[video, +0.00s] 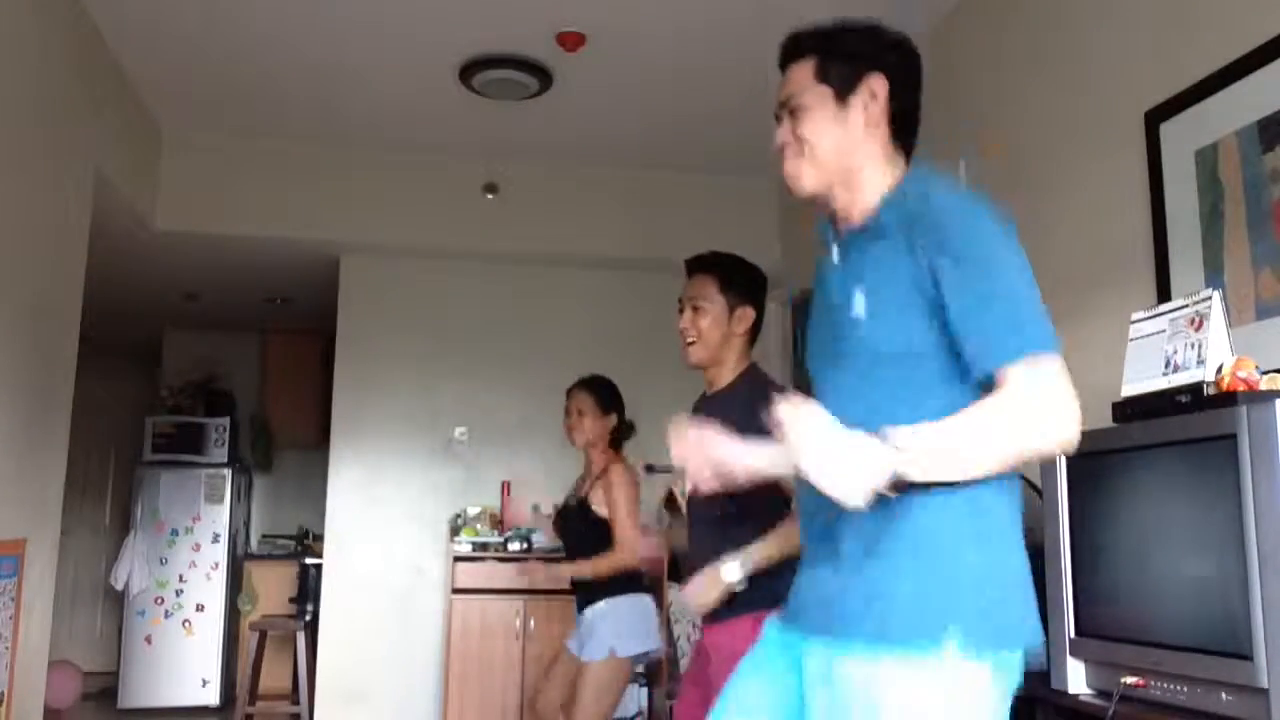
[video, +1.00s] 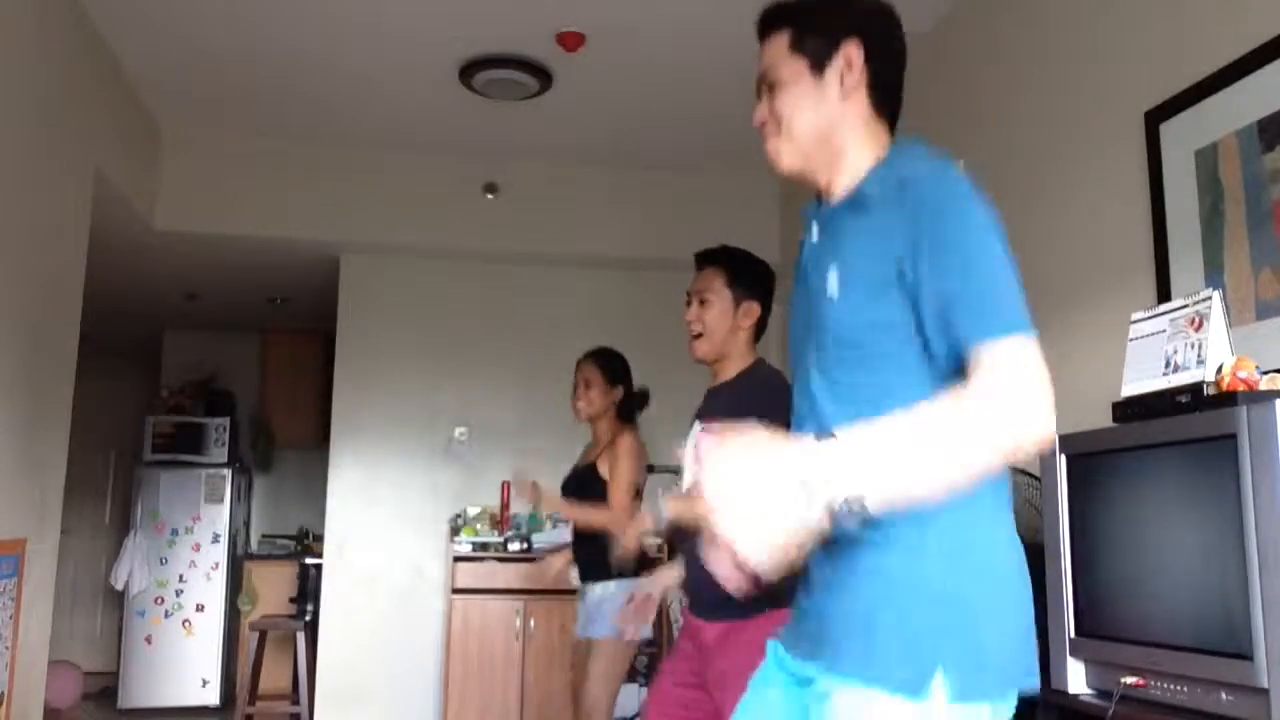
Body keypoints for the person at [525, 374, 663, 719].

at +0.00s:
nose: (571, 423)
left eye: (581, 413)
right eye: (568, 413)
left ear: (610, 421)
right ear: (565, 418)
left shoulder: (617, 473)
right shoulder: (588, 476)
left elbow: (628, 556)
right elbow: (592, 546)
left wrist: (559, 572)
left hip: (619, 613)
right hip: (592, 613)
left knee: (587, 713)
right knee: (546, 705)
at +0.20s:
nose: (568, 394)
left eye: (578, 384)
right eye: (565, 385)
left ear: (608, 390)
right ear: (562, 389)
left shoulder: (617, 430)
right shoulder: (590, 439)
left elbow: (612, 496)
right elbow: (592, 508)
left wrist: (545, 481)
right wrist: (549, 539)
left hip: (615, 584)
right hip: (582, 581)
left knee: (587, 700)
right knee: (569, 691)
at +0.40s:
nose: (576, 416)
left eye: (587, 407)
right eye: (573, 406)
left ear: (615, 417)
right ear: (568, 412)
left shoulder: (613, 464)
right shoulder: (592, 466)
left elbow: (631, 541)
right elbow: (581, 533)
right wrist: (542, 506)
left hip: (622, 604)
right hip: (604, 602)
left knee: (585, 711)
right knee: (555, 690)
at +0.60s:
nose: (576, 390)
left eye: (587, 380)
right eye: (573, 381)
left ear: (615, 388)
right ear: (572, 387)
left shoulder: (618, 431)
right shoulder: (596, 436)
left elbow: (605, 495)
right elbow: (597, 513)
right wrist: (560, 548)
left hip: (620, 583)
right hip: (592, 582)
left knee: (593, 700)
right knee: (572, 692)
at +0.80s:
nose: (579, 414)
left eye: (590, 403)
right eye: (577, 405)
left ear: (619, 411)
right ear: (573, 411)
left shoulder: (618, 464)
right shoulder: (600, 465)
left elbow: (632, 543)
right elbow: (580, 535)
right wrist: (551, 495)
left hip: (627, 605)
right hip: (608, 602)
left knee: (596, 711)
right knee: (563, 678)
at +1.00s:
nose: (578, 395)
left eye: (589, 386)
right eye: (577, 386)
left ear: (617, 393)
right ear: (576, 390)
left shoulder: (625, 443)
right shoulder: (596, 443)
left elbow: (620, 516)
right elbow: (596, 525)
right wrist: (557, 562)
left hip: (620, 589)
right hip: (593, 587)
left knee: (594, 703)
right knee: (580, 698)